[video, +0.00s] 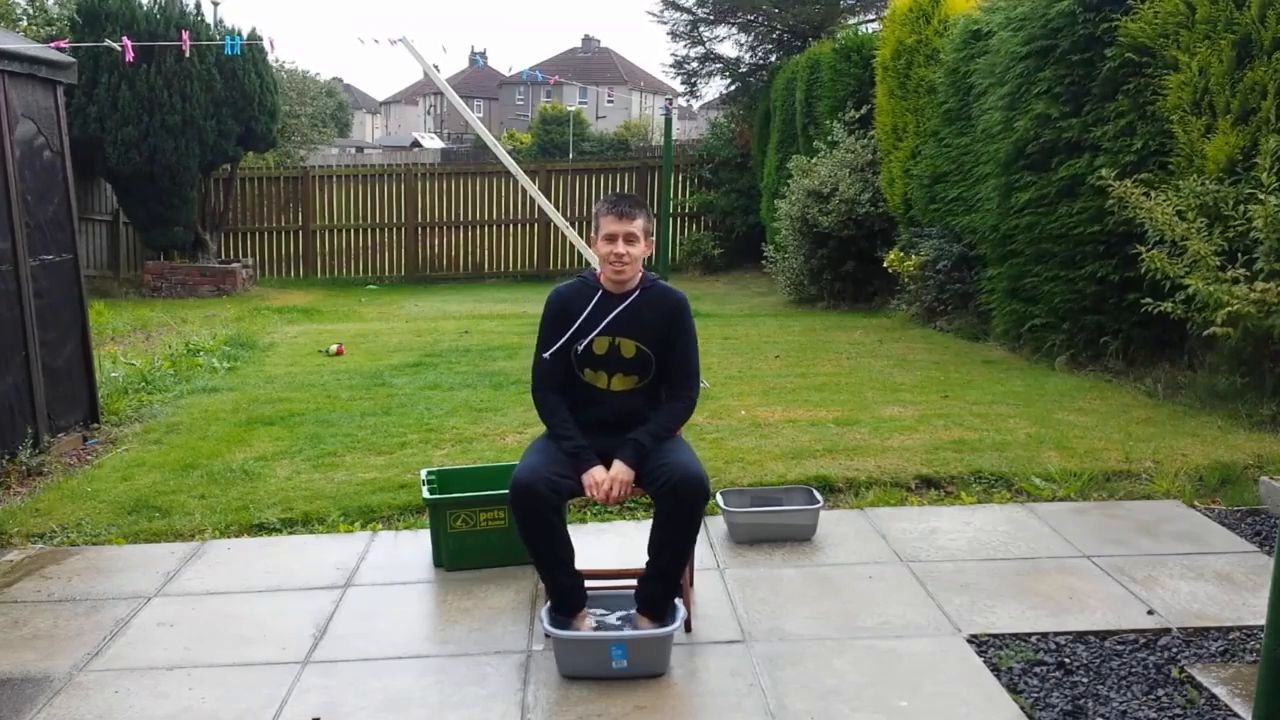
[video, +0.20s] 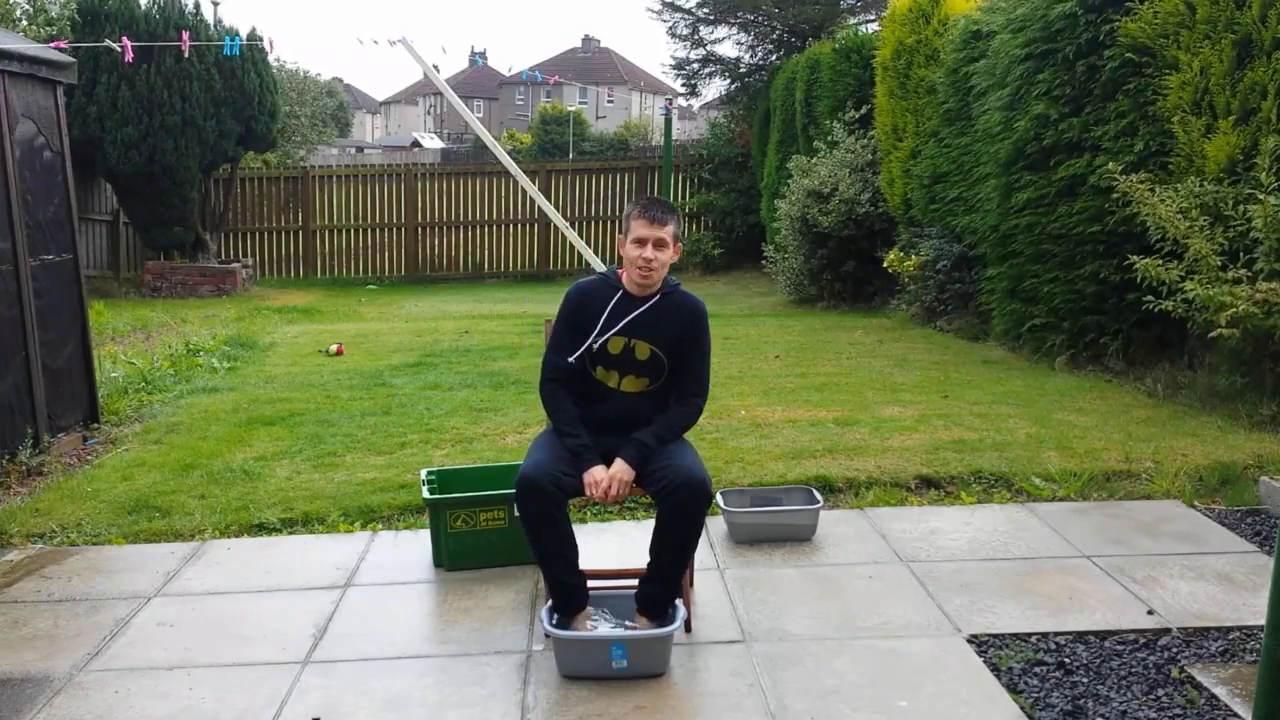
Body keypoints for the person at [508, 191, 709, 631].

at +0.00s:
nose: (618, 250)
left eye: (630, 239)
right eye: (609, 239)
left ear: (648, 247)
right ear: (594, 245)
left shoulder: (670, 305)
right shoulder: (565, 301)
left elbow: (683, 395)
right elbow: (546, 388)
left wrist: (631, 456)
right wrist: (586, 461)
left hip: (648, 435)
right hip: (574, 436)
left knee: (689, 484)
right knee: (527, 487)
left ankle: (654, 604)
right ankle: (569, 604)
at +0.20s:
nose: (648, 255)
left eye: (659, 245)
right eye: (639, 243)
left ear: (675, 252)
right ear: (622, 245)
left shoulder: (688, 313)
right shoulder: (584, 298)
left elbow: (690, 402)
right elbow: (553, 383)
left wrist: (633, 456)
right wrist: (588, 460)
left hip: (652, 436)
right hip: (579, 433)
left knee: (692, 487)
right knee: (534, 482)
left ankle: (652, 607)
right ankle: (571, 607)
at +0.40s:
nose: (652, 253)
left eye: (663, 244)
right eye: (642, 242)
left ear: (678, 250)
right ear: (625, 245)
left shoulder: (689, 313)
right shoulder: (585, 298)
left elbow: (689, 400)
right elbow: (555, 383)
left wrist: (636, 454)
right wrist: (588, 459)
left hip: (651, 436)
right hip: (579, 433)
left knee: (695, 486)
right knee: (532, 485)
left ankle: (653, 608)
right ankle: (574, 605)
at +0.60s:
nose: (623, 247)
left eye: (634, 237)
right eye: (613, 237)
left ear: (650, 247)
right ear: (596, 243)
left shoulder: (668, 306)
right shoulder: (565, 302)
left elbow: (681, 393)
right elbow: (546, 390)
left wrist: (633, 454)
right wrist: (587, 460)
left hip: (648, 434)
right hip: (575, 435)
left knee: (693, 484)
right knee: (529, 489)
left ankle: (657, 604)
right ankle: (573, 604)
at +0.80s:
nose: (613, 247)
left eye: (624, 237)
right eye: (602, 238)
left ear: (641, 245)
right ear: (587, 245)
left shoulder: (664, 304)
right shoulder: (559, 303)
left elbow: (680, 393)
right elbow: (543, 391)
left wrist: (633, 457)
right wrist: (586, 461)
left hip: (648, 434)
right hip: (573, 436)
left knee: (693, 484)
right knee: (528, 490)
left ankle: (657, 604)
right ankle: (573, 605)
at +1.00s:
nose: (617, 250)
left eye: (628, 240)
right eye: (607, 240)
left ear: (644, 248)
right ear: (590, 246)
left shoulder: (665, 306)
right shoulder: (561, 304)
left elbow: (681, 394)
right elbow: (543, 392)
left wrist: (634, 458)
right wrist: (587, 462)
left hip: (648, 435)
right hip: (574, 437)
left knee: (694, 484)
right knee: (527, 490)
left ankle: (658, 602)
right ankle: (572, 601)